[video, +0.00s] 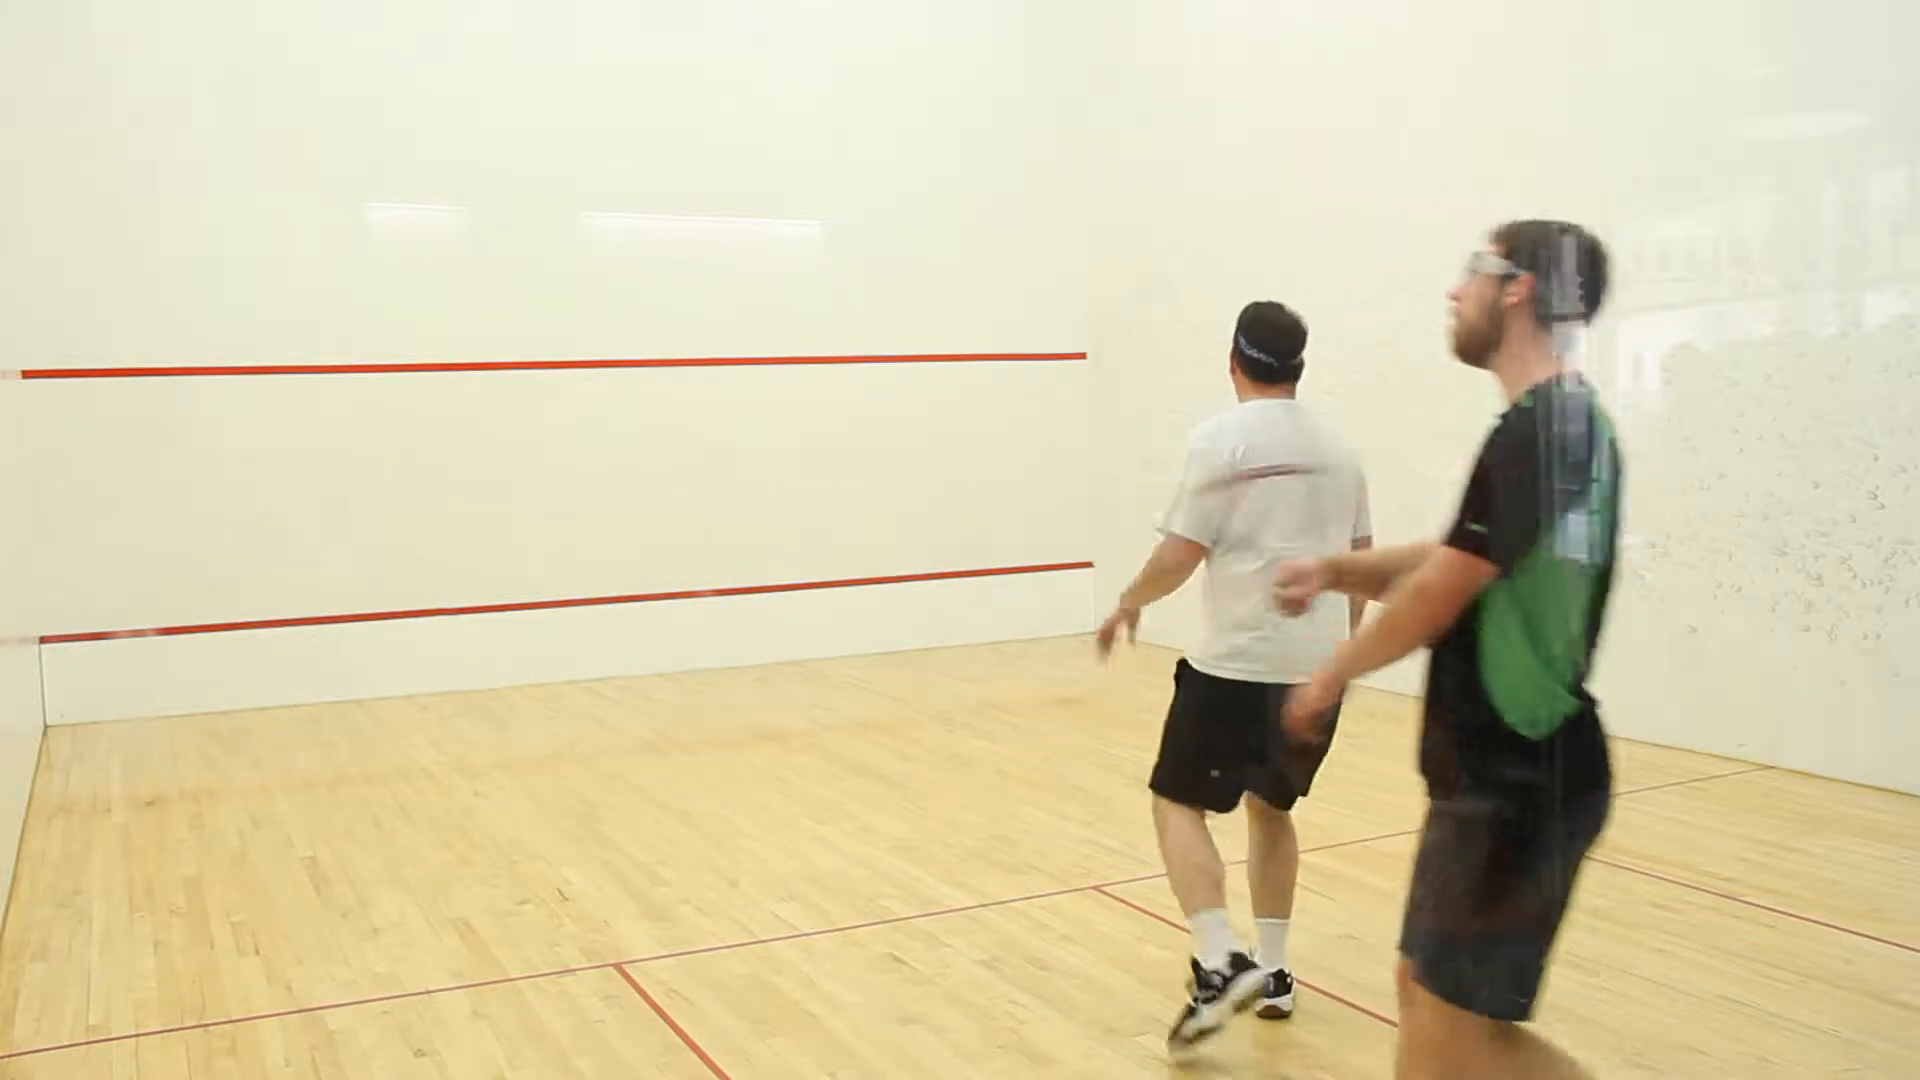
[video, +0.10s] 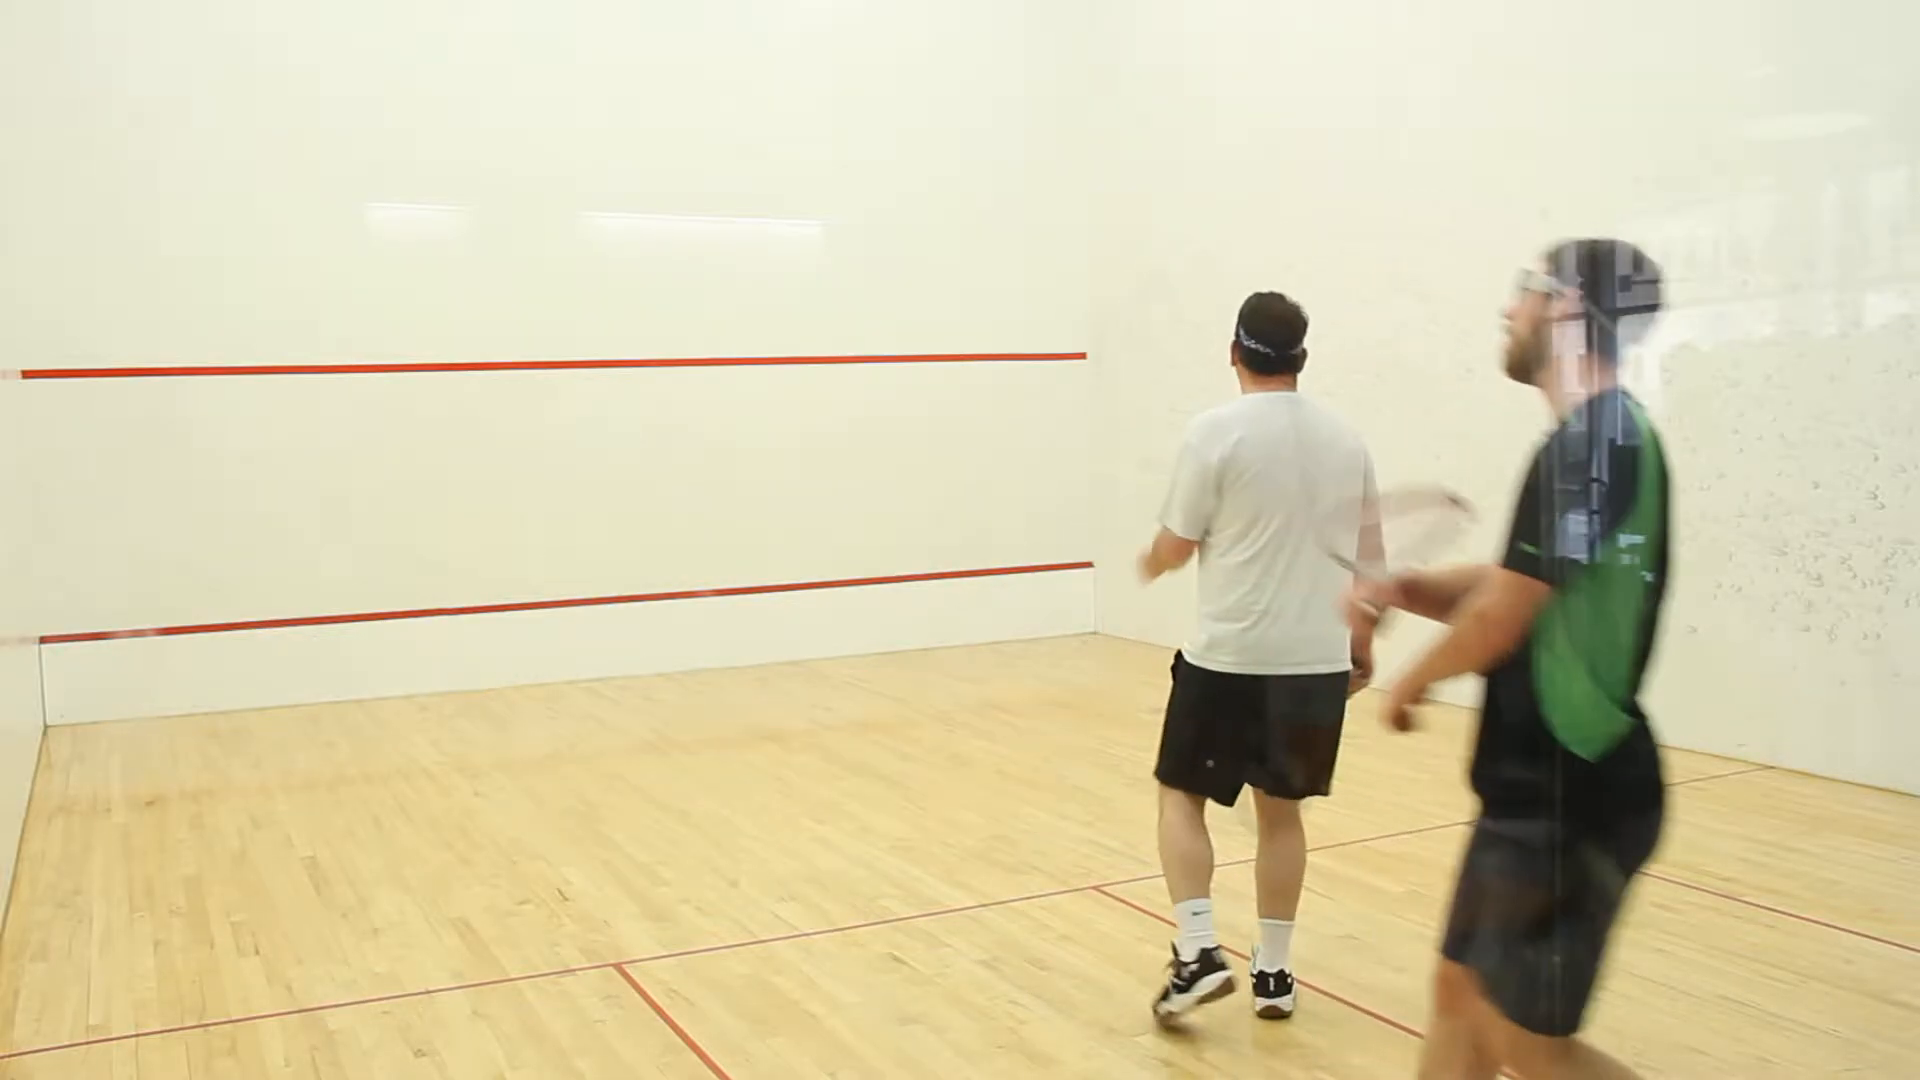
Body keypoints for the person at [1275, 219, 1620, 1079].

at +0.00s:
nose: (1453, 294)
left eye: (1472, 276)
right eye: (1464, 275)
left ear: (1520, 293)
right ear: (1533, 297)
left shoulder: (1534, 431)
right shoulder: (1575, 425)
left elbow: (1441, 592)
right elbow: (1468, 555)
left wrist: (1333, 673)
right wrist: (1340, 571)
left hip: (1510, 781)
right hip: (1518, 766)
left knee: (1448, 1020)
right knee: (1432, 987)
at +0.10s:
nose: (1508, 312)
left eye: (1526, 293)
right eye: (1518, 293)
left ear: (1572, 312)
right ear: (1586, 318)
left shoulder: (1587, 445)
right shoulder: (1611, 439)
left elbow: (1502, 615)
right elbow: (1527, 592)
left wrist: (1414, 681)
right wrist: (1401, 590)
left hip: (1569, 792)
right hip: (1539, 781)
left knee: (1522, 1033)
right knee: (1462, 988)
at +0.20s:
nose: (1558, 330)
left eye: (1574, 313)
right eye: (1569, 311)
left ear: (1612, 330)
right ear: (1629, 336)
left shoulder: (1638, 460)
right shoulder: (1667, 451)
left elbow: (1568, 643)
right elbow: (1585, 606)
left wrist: (1494, 710)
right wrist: (1467, 634)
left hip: (1640, 809)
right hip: (1606, 797)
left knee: (1609, 1039)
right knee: (1523, 1003)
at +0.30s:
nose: (1606, 324)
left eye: (1619, 308)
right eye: (1615, 307)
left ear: (1655, 322)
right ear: (1688, 330)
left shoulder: (1677, 456)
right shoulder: (1731, 444)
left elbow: (1635, 656)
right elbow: (1643, 623)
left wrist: (1572, 763)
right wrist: (1552, 695)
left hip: (1693, 796)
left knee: (1645, 1010)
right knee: (1592, 988)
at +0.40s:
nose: (1658, 295)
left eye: (1677, 280)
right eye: (1669, 277)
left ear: (1715, 299)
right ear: (1748, 309)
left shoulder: (1723, 423)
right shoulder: (1787, 413)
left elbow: (1709, 619)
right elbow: (1772, 600)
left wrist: (1692, 788)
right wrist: (1684, 740)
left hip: (1766, 760)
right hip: (1786, 744)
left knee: (1718, 1002)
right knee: (1650, 949)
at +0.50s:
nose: (1709, 276)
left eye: (1725, 262)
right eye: (1720, 259)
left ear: (1755, 280)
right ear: (1800, 290)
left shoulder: (1772, 397)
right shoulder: (1837, 397)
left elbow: (1790, 579)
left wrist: (1801, 758)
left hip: (1805, 749)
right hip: (1842, 735)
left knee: (1771, 984)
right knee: (1735, 933)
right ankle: (1798, 1060)